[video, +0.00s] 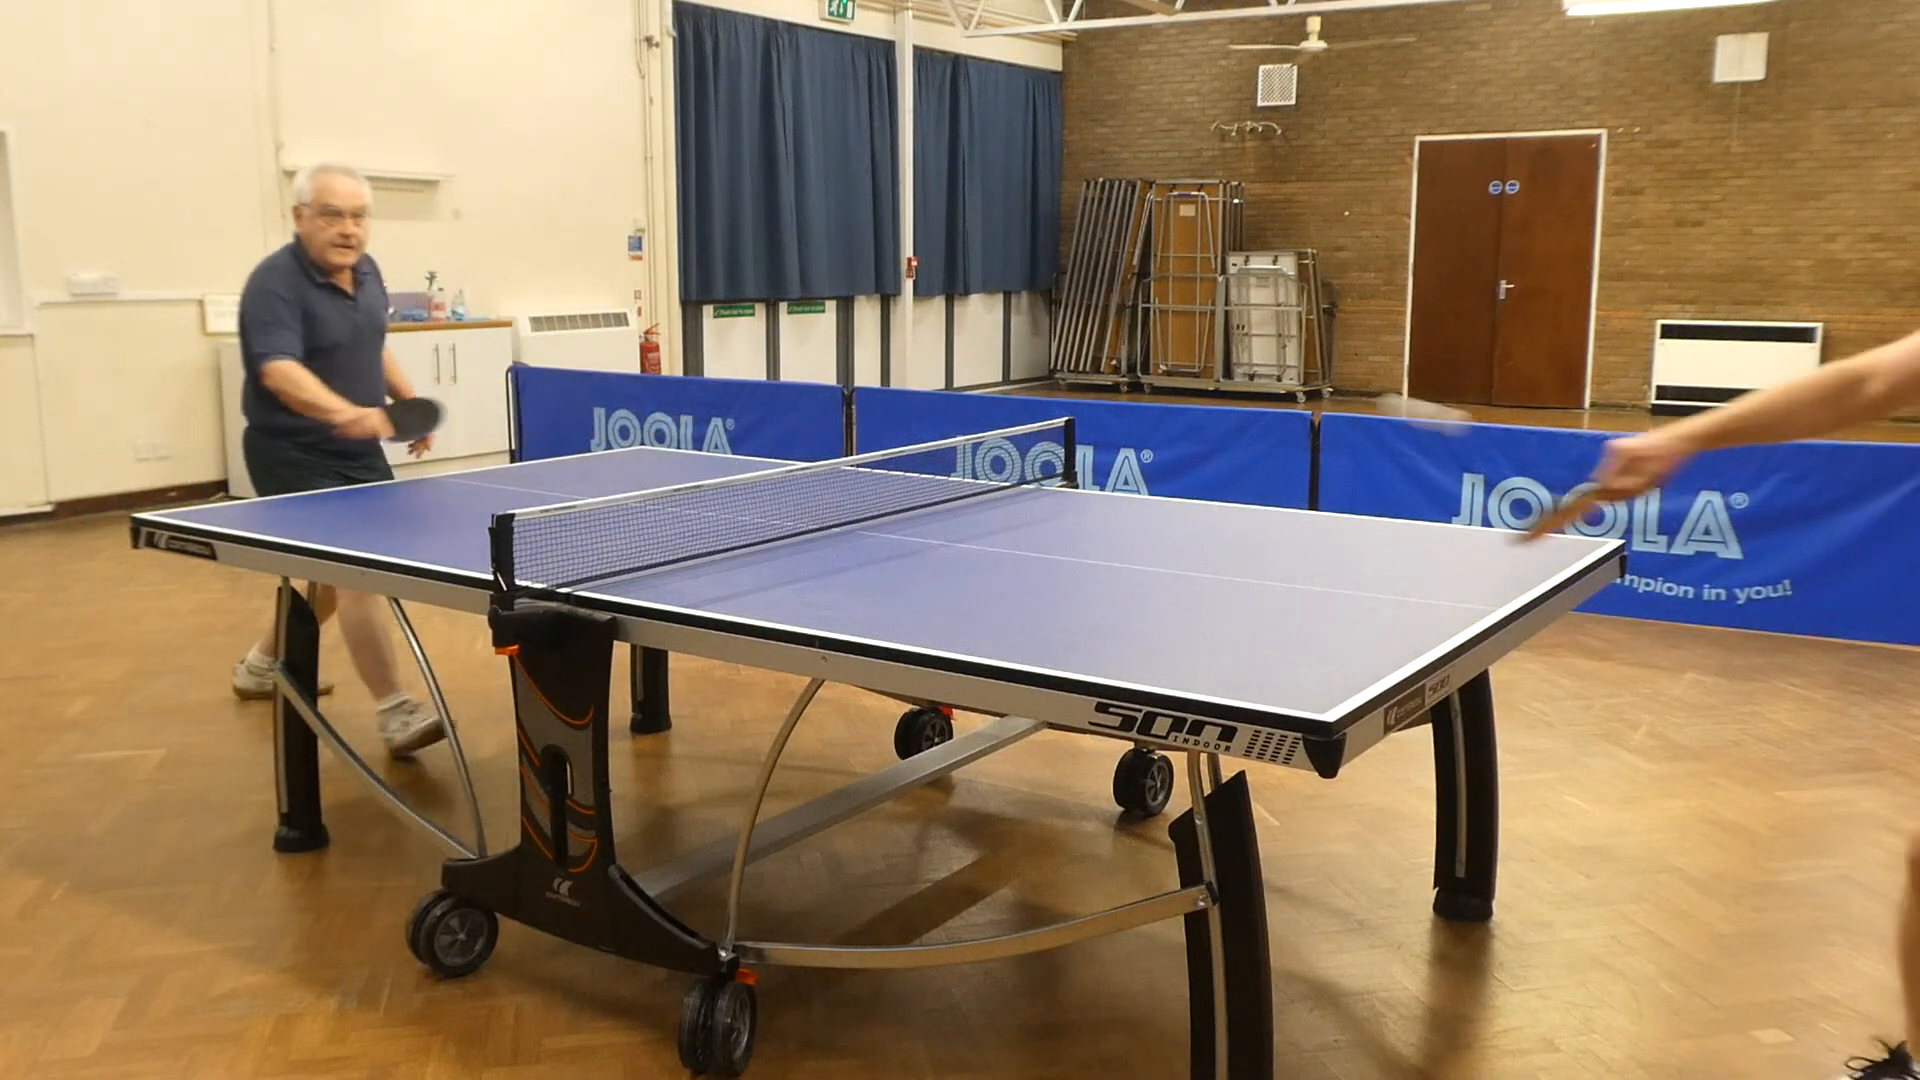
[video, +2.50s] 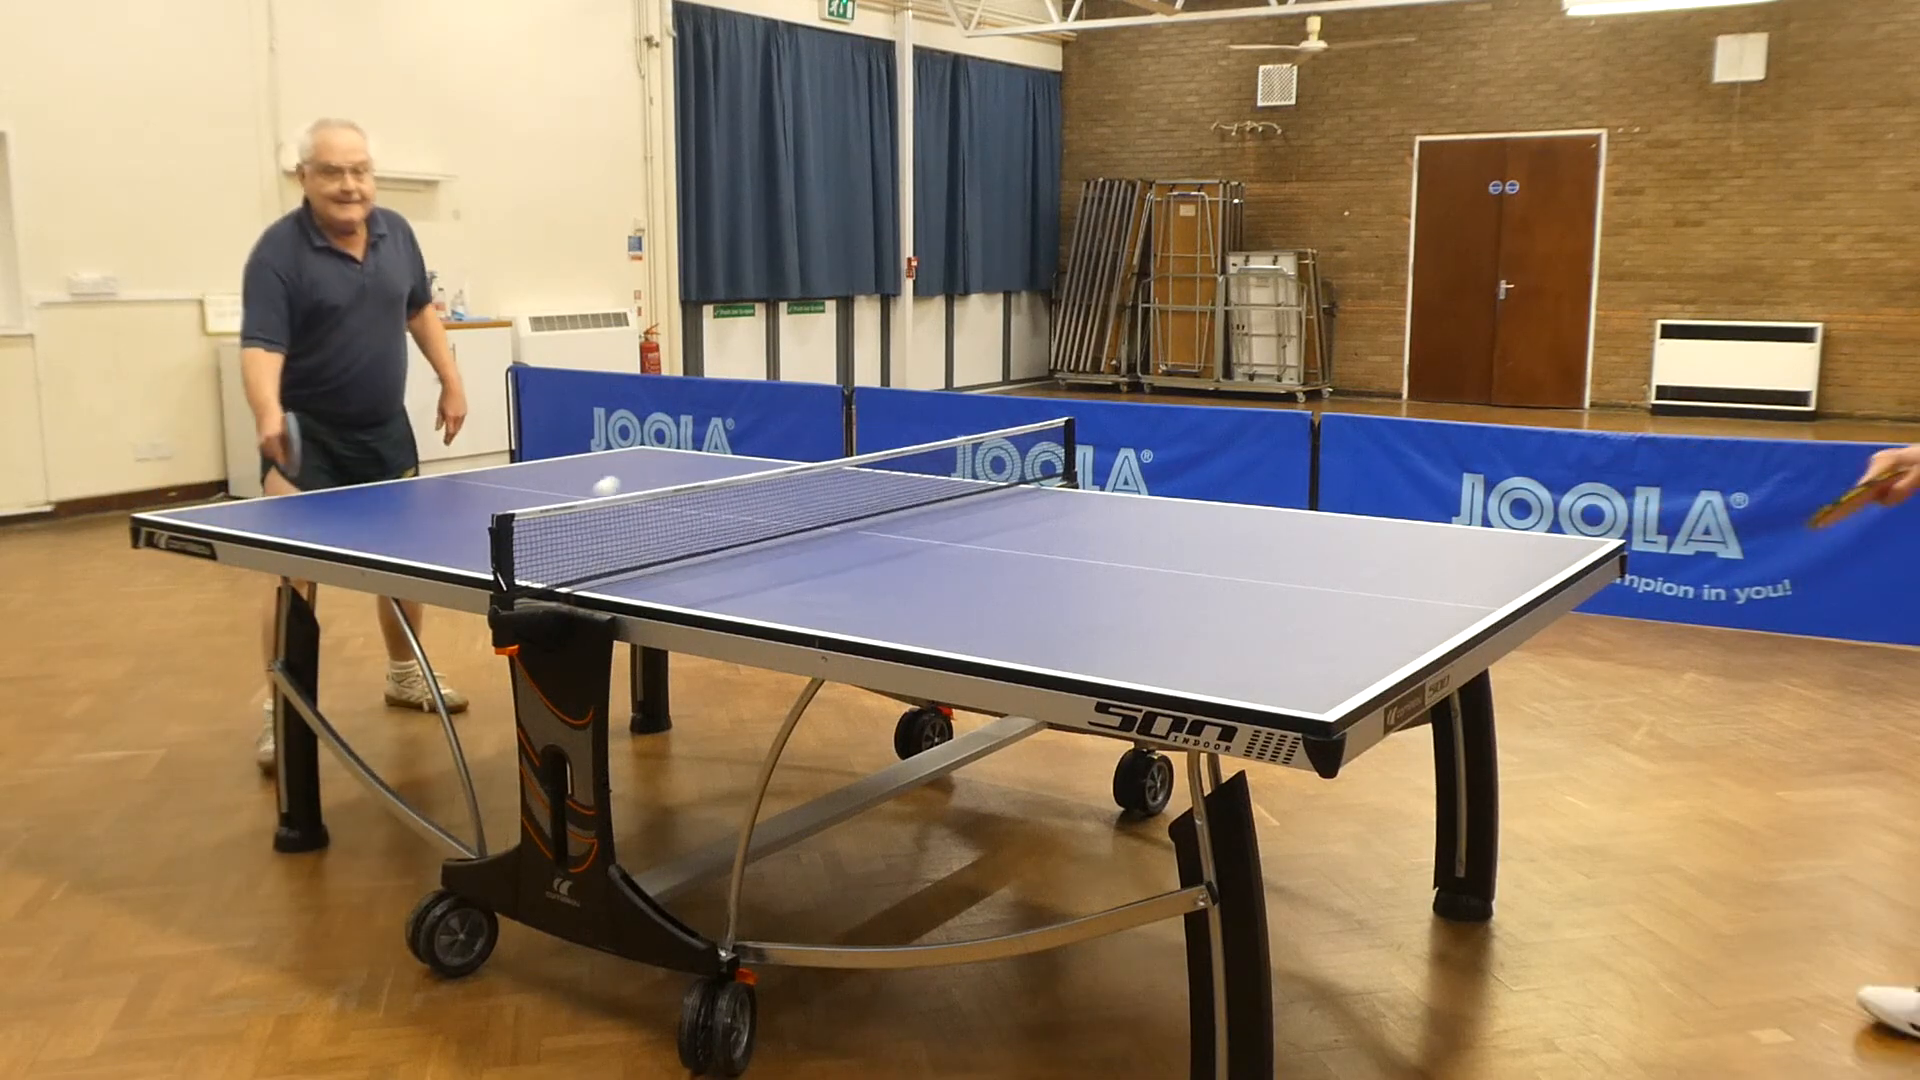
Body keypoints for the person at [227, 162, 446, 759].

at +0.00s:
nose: (348, 228)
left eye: (359, 216)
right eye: (332, 215)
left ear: (369, 222)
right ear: (300, 217)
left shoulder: (367, 274)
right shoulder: (274, 282)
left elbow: (371, 346)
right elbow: (276, 371)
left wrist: (411, 402)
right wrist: (343, 411)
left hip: (360, 446)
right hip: (293, 453)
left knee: (346, 567)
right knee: (356, 567)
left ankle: (263, 659)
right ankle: (395, 708)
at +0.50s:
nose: (337, 261)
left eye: (350, 249)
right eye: (325, 244)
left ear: (360, 243)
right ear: (290, 226)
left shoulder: (345, 278)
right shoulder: (246, 263)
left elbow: (333, 349)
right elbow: (200, 341)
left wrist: (357, 409)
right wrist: (278, 406)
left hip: (295, 446)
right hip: (224, 439)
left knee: (300, 573)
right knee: (254, 577)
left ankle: (288, 692)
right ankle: (252, 728)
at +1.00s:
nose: (330, 263)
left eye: (341, 248)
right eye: (317, 244)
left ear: (350, 248)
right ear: (276, 236)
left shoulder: (322, 294)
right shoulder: (229, 286)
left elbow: (309, 370)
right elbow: (246, 386)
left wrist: (327, 433)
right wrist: (314, 436)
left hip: (266, 451)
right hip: (200, 450)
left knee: (259, 570)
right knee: (257, 583)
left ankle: (223, 664)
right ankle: (251, 730)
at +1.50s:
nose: (315, 239)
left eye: (326, 226)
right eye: (299, 224)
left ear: (335, 225)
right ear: (263, 220)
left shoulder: (331, 278)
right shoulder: (227, 272)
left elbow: (342, 357)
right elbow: (209, 357)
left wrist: (346, 411)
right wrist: (265, 410)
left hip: (294, 445)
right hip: (221, 441)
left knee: (297, 573)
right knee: (258, 579)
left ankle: (239, 667)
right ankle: (254, 725)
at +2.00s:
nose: (283, 233)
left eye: (298, 218)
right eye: (268, 216)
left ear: (320, 213)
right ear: (248, 210)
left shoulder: (345, 249)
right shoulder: (232, 265)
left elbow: (368, 307)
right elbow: (251, 346)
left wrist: (375, 355)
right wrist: (283, 382)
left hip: (326, 433)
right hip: (253, 436)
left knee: (345, 561)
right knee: (278, 574)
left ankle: (269, 632)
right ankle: (270, 717)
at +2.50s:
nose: (350, 184)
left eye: (360, 171)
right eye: (332, 173)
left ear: (373, 171)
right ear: (303, 177)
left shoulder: (394, 231)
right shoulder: (278, 253)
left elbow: (420, 309)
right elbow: (262, 348)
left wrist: (451, 379)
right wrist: (271, 420)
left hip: (386, 428)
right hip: (309, 433)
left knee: (405, 555)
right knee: (297, 571)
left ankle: (406, 673)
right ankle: (278, 704)